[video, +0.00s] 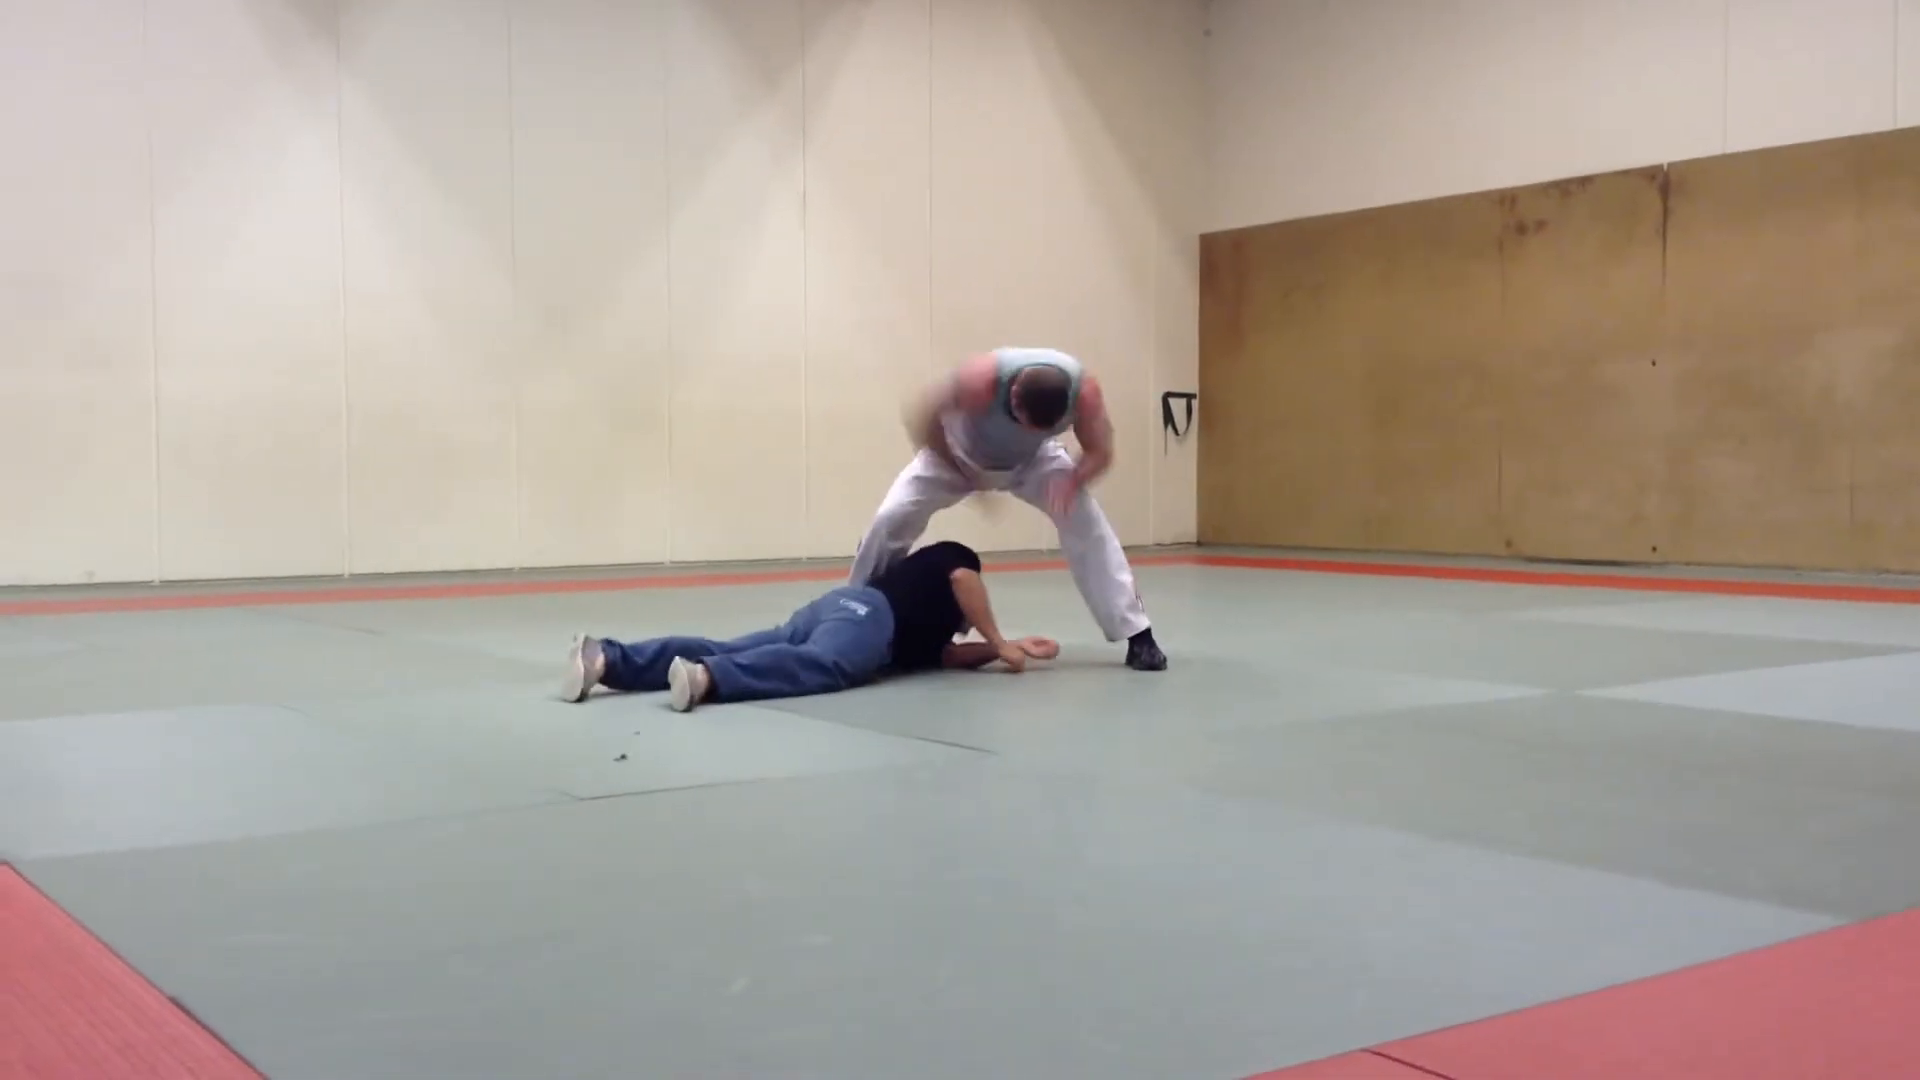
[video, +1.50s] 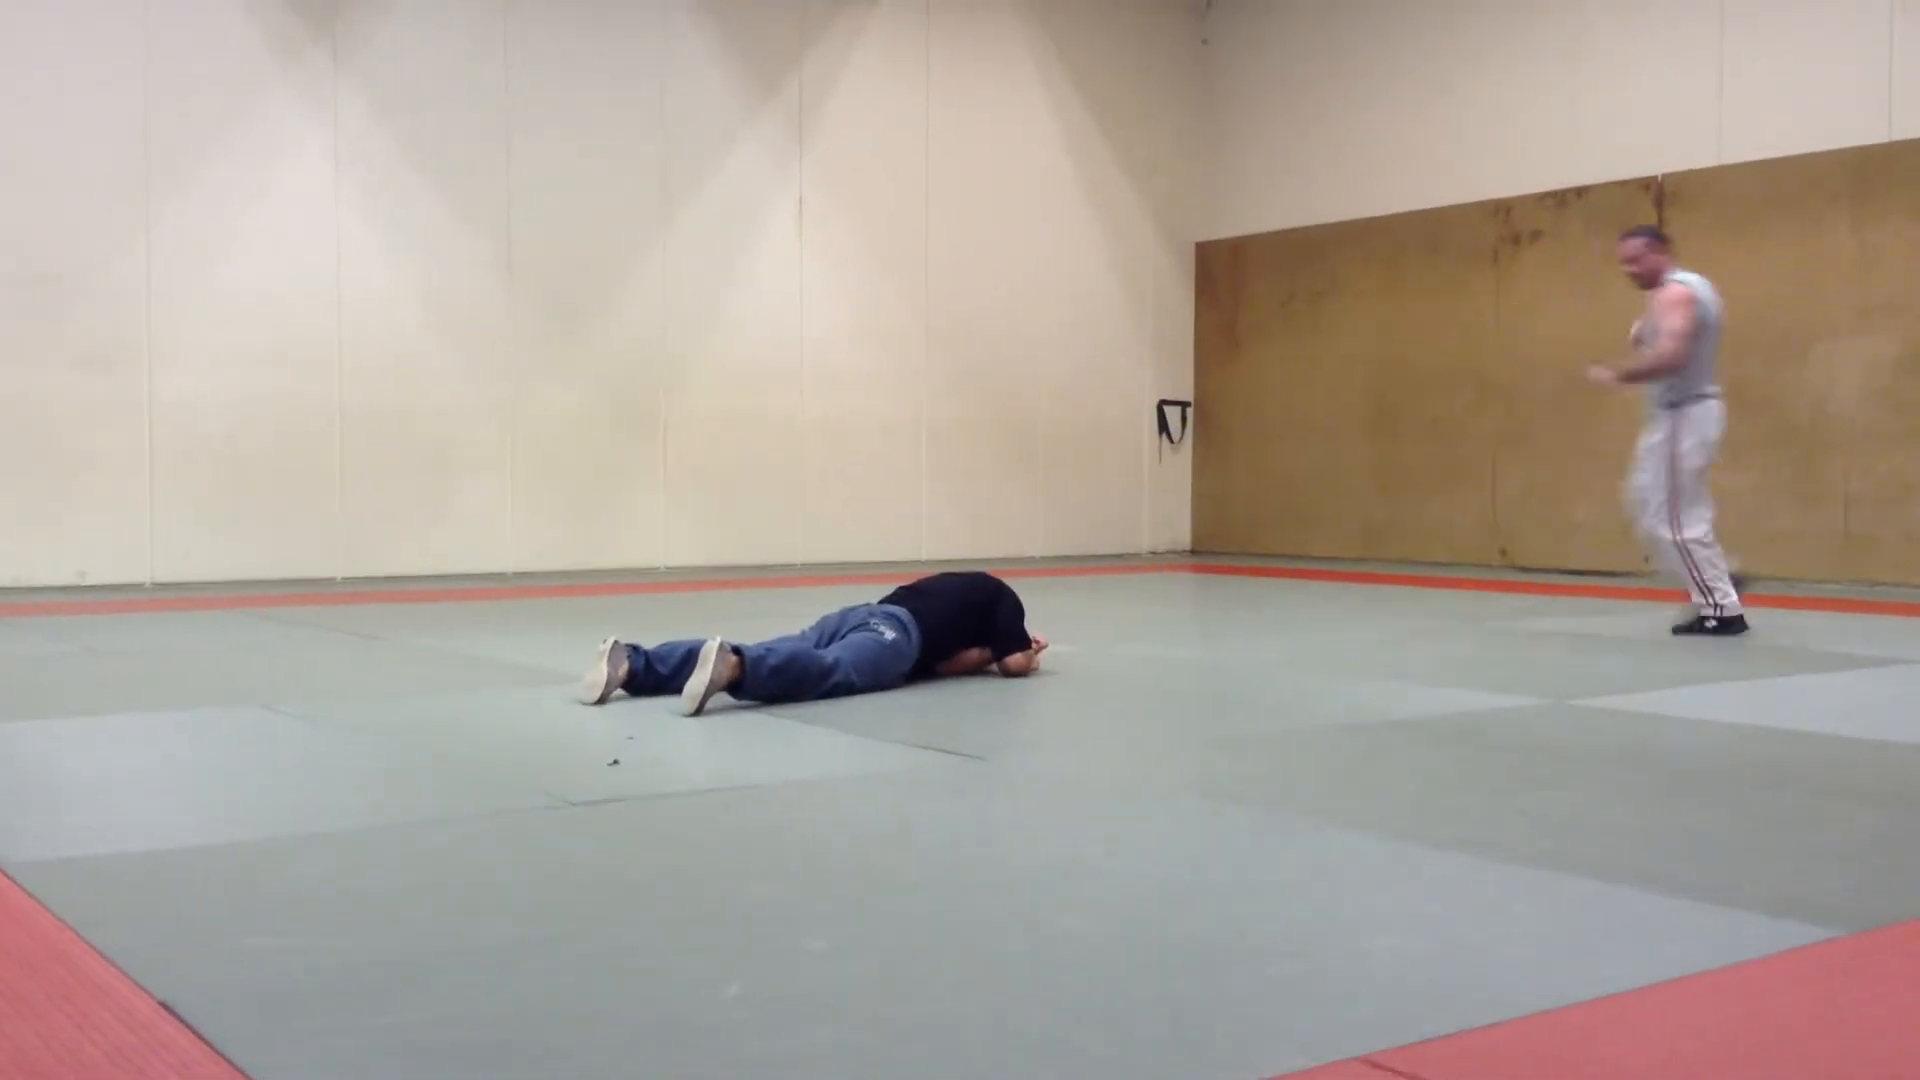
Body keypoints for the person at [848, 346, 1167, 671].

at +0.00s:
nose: (1031, 429)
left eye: (1042, 427)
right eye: (1026, 422)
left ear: (1065, 408)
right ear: (1014, 394)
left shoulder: (1083, 392)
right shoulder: (982, 378)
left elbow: (1100, 451)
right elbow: (920, 418)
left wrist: (1074, 480)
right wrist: (965, 477)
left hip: (1033, 460)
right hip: (959, 455)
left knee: (1085, 517)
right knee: (892, 518)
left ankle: (1138, 635)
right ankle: (854, 616)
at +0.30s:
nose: (1070, 355)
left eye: (1079, 349)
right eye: (1064, 346)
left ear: (1100, 337)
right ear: (1057, 329)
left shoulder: (1129, 367)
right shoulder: (1046, 313)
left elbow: (1156, 440)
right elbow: (981, 302)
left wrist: (1108, 436)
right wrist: (956, 331)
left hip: (1072, 457)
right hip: (1008, 443)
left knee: (1115, 512)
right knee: (935, 514)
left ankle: (1117, 635)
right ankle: (869, 607)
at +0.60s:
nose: (1186, 246)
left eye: (1194, 237)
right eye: (1183, 237)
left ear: (1222, 232)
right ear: (1182, 235)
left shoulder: (1251, 280)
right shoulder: (1181, 271)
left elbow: (1281, 345)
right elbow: (1146, 297)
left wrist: (1219, 344)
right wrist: (1109, 300)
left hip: (1198, 416)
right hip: (1154, 406)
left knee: (1170, 516)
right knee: (1097, 490)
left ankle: (1146, 624)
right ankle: (1168, 574)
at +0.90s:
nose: (1302, 246)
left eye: (1309, 236)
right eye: (1301, 236)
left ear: (1336, 230)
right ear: (1325, 233)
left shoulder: (1358, 270)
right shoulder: (1332, 273)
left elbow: (1345, 325)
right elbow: (1335, 334)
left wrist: (1279, 335)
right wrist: (1292, 340)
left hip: (1354, 408)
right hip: (1322, 406)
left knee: (1322, 516)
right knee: (1274, 495)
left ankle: (1365, 606)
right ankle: (1273, 601)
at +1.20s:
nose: (1469, 261)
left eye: (1475, 249)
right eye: (1464, 253)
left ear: (1501, 243)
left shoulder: (1517, 283)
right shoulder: (1526, 280)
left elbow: (1508, 341)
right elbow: (1512, 346)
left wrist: (1458, 342)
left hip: (1513, 412)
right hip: (1537, 409)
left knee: (1454, 499)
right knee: (1513, 509)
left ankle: (1478, 603)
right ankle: (1541, 608)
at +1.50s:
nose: (1628, 271)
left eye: (1634, 261)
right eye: (1624, 262)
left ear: (1658, 253)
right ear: (1650, 257)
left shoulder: (1677, 294)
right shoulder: (1679, 287)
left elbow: (1671, 355)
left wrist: (1619, 374)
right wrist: (1646, 333)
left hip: (1688, 415)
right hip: (1676, 413)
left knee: (1678, 516)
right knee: (1647, 503)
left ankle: (1721, 608)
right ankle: (1715, 584)